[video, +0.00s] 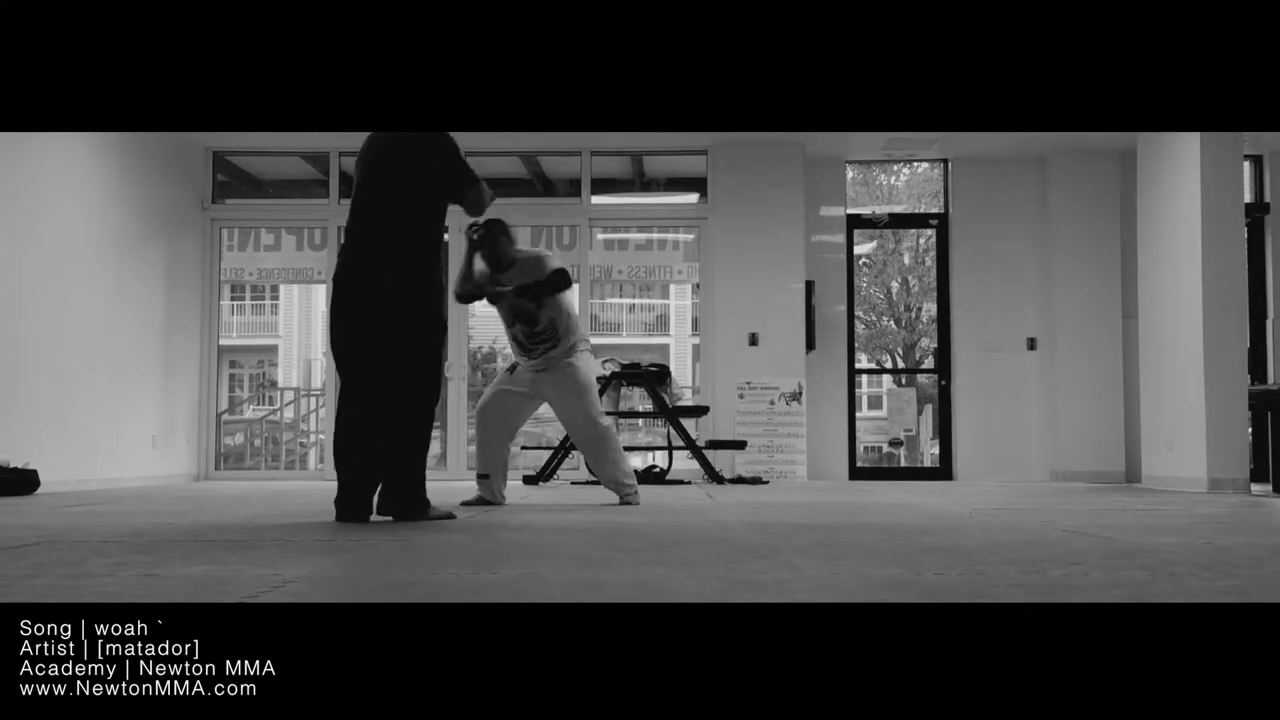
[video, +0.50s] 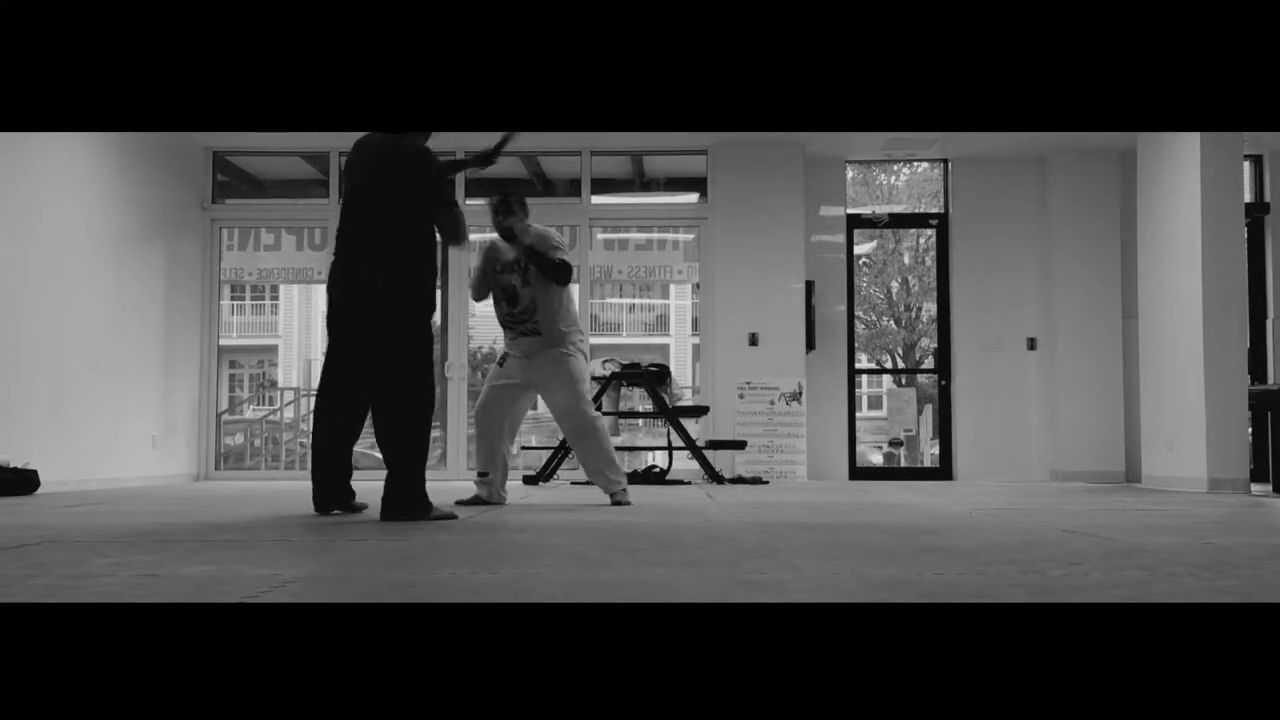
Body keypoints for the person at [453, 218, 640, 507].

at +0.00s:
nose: (488, 255)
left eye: (492, 247)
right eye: (483, 249)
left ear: (507, 242)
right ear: (481, 251)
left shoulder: (536, 260)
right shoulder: (489, 277)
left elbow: (563, 279)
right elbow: (463, 294)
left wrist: (517, 292)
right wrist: (469, 250)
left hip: (567, 359)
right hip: (525, 366)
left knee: (589, 424)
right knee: (490, 414)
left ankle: (628, 491)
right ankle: (491, 493)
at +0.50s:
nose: (503, 223)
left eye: (509, 215)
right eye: (498, 217)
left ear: (524, 215)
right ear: (492, 220)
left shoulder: (544, 239)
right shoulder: (493, 250)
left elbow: (564, 276)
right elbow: (478, 294)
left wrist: (530, 249)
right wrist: (491, 265)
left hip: (560, 347)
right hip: (517, 353)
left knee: (579, 415)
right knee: (488, 414)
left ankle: (616, 489)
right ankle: (490, 492)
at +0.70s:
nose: (569, 232)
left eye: (574, 226)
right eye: (562, 226)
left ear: (581, 226)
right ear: (548, 225)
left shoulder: (590, 253)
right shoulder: (530, 248)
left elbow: (585, 280)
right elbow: (507, 289)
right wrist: (551, 289)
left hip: (574, 357)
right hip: (525, 358)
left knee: (602, 416)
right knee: (494, 426)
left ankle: (611, 489)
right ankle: (471, 490)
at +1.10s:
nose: (545, 226)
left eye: (551, 220)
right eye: (541, 221)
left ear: (564, 216)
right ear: (535, 218)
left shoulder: (588, 241)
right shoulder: (528, 241)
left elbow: (582, 275)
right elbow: (503, 288)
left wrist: (543, 251)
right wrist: (500, 257)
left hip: (584, 352)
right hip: (538, 351)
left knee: (603, 420)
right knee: (506, 417)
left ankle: (611, 491)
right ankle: (497, 492)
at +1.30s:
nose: (487, 228)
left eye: (490, 220)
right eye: (484, 224)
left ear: (507, 211)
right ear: (487, 223)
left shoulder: (532, 228)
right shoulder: (503, 253)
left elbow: (557, 256)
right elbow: (482, 282)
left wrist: (506, 268)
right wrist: (467, 263)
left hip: (565, 338)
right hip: (532, 347)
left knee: (575, 416)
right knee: (506, 416)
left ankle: (624, 482)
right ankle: (498, 492)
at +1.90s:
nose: (521, 206)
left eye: (527, 199)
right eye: (515, 200)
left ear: (539, 202)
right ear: (505, 204)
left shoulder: (559, 232)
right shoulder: (493, 238)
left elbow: (550, 268)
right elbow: (471, 279)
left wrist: (529, 220)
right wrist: (509, 283)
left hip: (553, 344)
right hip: (507, 350)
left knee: (557, 409)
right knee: (488, 420)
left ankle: (577, 494)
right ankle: (487, 488)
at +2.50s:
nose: (497, 185)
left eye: (502, 177)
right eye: (498, 178)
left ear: (523, 174)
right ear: (522, 176)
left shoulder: (557, 193)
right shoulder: (528, 216)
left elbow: (528, 241)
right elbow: (504, 276)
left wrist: (503, 204)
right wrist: (487, 230)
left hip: (565, 320)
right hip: (534, 327)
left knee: (542, 402)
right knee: (525, 409)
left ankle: (553, 498)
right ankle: (543, 493)